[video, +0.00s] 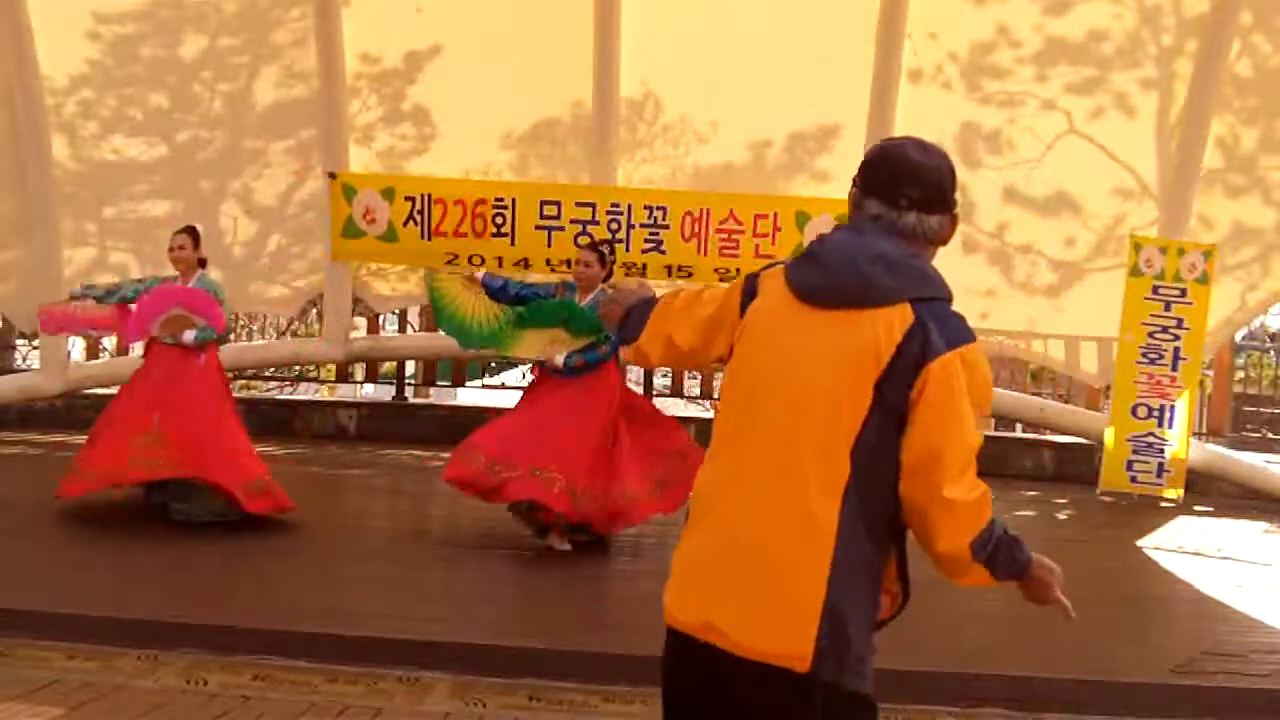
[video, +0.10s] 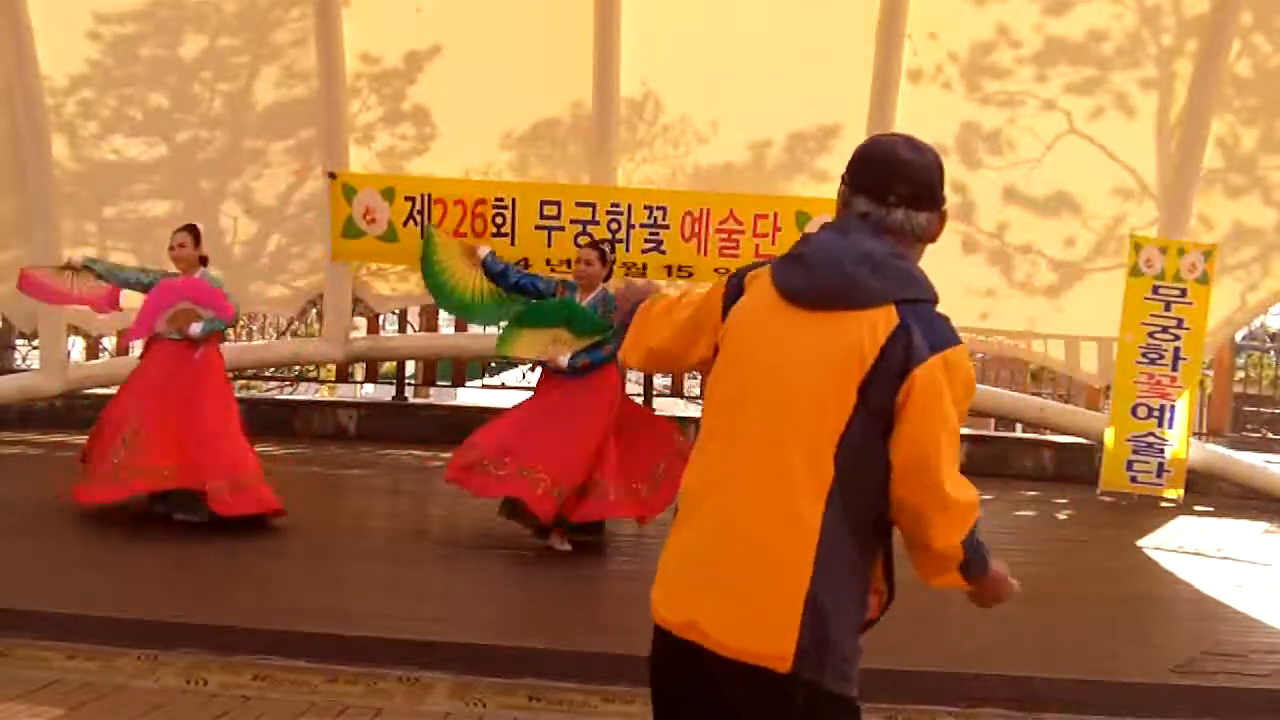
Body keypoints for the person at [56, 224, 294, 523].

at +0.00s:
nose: (175, 254)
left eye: (182, 248)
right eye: (172, 248)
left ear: (197, 253)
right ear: (169, 253)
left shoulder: (210, 289)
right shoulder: (161, 285)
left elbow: (221, 329)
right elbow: (123, 292)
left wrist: (187, 335)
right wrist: (85, 293)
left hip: (195, 365)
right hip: (161, 363)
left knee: (195, 425)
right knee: (158, 424)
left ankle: (197, 494)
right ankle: (161, 490)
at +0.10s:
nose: (175, 251)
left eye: (182, 246)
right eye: (172, 247)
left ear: (199, 251)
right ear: (169, 252)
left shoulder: (209, 286)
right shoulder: (162, 285)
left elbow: (229, 313)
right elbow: (125, 276)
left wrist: (206, 327)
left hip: (199, 361)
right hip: (163, 358)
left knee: (196, 423)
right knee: (160, 422)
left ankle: (194, 495)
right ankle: (162, 492)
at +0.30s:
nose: (177, 248)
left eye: (184, 243)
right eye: (174, 244)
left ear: (201, 248)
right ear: (172, 249)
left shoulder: (209, 279)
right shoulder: (168, 277)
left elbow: (233, 304)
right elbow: (141, 257)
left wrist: (205, 318)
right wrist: (117, 228)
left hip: (198, 359)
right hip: (165, 357)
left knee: (199, 425)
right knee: (167, 424)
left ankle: (202, 500)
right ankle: (173, 499)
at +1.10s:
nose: (220, 251)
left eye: (219, 245)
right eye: (216, 245)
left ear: (201, 248)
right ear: (201, 248)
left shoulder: (211, 285)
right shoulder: (188, 280)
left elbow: (231, 320)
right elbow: (158, 273)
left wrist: (235, 312)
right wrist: (134, 257)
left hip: (209, 363)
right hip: (190, 363)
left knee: (213, 430)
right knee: (190, 432)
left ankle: (205, 501)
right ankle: (172, 506)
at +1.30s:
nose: (174, 247)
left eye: (177, 241)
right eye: (175, 241)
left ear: (186, 246)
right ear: (203, 247)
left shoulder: (167, 286)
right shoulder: (214, 280)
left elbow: (154, 329)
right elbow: (259, 282)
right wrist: (300, 272)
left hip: (179, 367)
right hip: (212, 364)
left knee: (185, 427)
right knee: (224, 425)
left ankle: (189, 500)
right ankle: (239, 497)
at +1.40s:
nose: (172, 253)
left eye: (174, 247)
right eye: (173, 247)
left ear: (184, 248)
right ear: (203, 248)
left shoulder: (173, 286)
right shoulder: (224, 279)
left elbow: (147, 321)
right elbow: (270, 276)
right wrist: (305, 255)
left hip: (187, 368)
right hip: (221, 366)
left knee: (189, 428)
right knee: (228, 423)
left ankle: (196, 493)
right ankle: (228, 486)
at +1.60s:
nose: (207, 253)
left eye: (213, 248)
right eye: (202, 247)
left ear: (223, 253)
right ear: (194, 250)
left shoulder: (222, 285)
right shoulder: (186, 280)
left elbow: (235, 320)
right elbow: (154, 281)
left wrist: (198, 321)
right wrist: (129, 264)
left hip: (213, 356)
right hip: (189, 355)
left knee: (206, 422)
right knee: (193, 422)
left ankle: (207, 502)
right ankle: (201, 496)